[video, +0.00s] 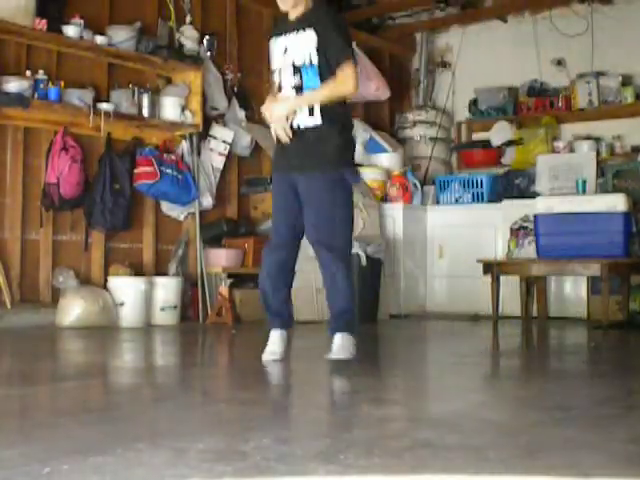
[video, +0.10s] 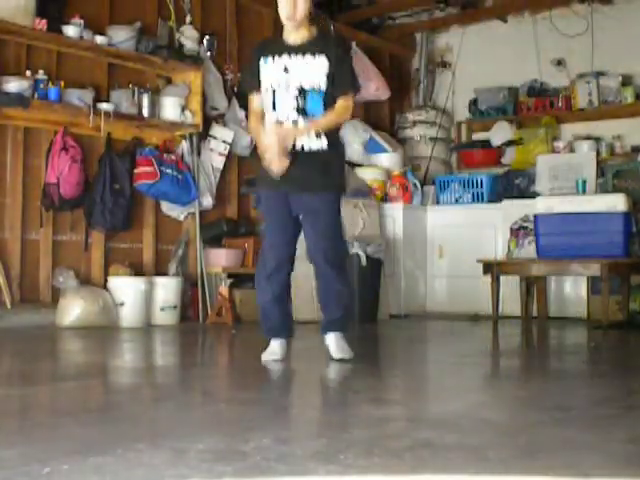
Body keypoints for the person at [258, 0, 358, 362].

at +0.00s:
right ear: (278, 1)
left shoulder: (326, 20)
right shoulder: (278, 29)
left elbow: (348, 83)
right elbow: (280, 84)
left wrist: (293, 102)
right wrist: (272, 107)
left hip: (325, 157)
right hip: (287, 157)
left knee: (330, 247)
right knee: (280, 246)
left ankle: (343, 331)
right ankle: (278, 326)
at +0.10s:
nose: (290, 6)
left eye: (297, 0)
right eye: (285, 0)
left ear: (311, 5)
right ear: (277, 5)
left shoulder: (333, 47)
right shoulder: (262, 52)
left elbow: (344, 110)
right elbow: (254, 115)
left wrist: (299, 130)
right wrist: (267, 147)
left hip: (318, 174)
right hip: (275, 175)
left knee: (327, 255)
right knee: (274, 258)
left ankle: (334, 330)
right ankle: (277, 335)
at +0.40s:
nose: (324, 25)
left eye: (329, 20)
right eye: (318, 18)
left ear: (333, 26)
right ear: (302, 21)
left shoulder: (339, 69)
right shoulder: (273, 50)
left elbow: (373, 103)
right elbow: (229, 72)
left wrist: (407, 133)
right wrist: (193, 91)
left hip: (309, 175)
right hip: (269, 167)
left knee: (306, 256)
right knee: (262, 249)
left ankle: (283, 322)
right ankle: (249, 332)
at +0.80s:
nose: (325, 59)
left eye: (330, 53)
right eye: (321, 51)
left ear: (333, 53)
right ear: (305, 46)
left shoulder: (330, 81)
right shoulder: (283, 74)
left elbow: (337, 126)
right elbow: (273, 128)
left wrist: (345, 170)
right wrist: (283, 175)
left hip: (314, 171)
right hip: (282, 169)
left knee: (318, 250)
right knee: (278, 250)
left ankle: (310, 318)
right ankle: (268, 318)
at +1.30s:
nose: (366, 82)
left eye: (367, 75)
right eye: (365, 74)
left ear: (352, 74)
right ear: (355, 73)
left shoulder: (343, 105)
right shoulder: (330, 101)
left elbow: (338, 154)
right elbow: (317, 148)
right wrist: (345, 188)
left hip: (334, 188)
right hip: (323, 188)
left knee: (349, 261)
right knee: (345, 261)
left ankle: (322, 321)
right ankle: (303, 312)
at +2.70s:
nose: (331, 62)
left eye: (336, 55)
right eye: (324, 55)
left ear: (342, 57)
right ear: (311, 59)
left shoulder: (359, 84)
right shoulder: (297, 98)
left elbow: (386, 106)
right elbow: (280, 145)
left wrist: (401, 145)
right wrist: (271, 187)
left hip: (359, 179)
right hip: (326, 182)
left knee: (347, 245)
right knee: (322, 253)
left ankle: (335, 315)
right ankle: (356, 316)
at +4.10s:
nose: (387, 64)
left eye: (391, 59)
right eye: (386, 56)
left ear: (386, 56)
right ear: (370, 47)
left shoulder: (383, 87)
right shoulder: (324, 74)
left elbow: (391, 129)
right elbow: (279, 93)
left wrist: (388, 77)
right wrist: (294, 121)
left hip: (350, 191)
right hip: (311, 186)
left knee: (345, 269)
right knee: (294, 257)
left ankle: (347, 335)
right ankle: (283, 327)